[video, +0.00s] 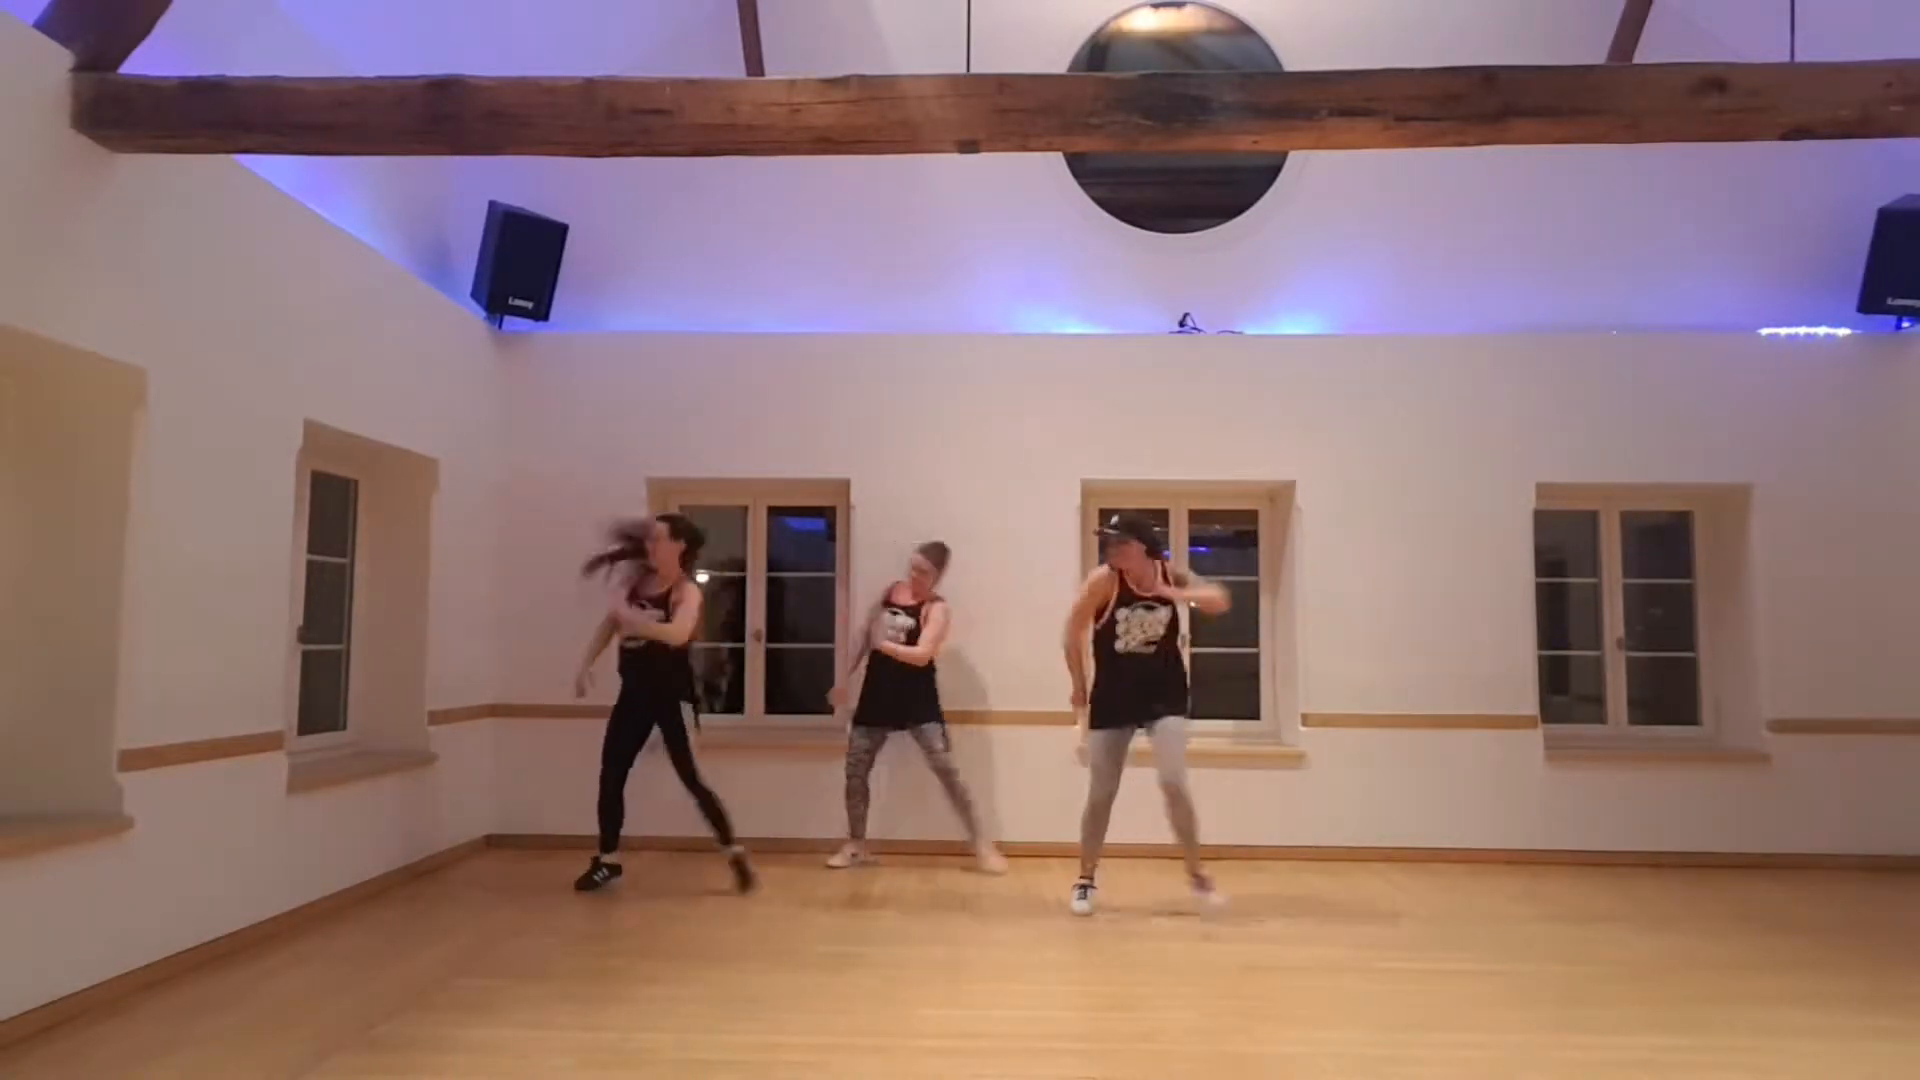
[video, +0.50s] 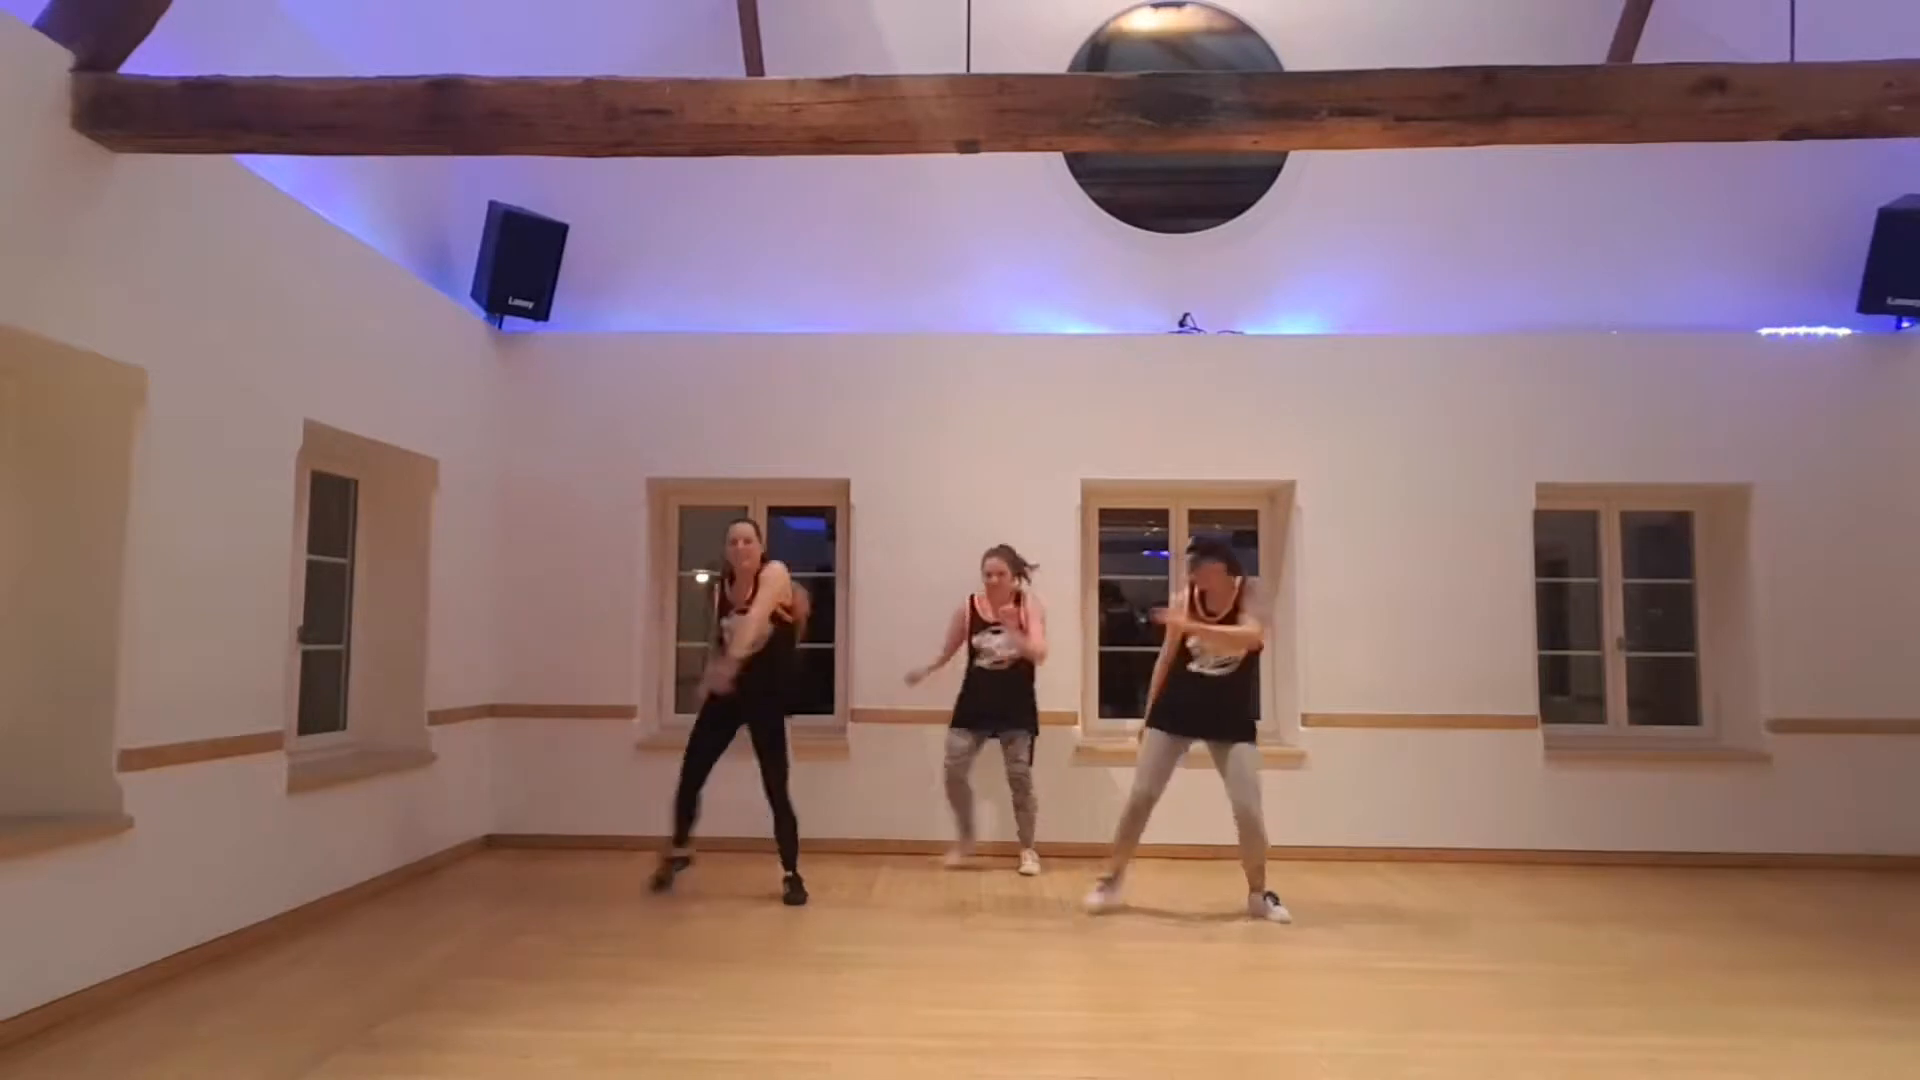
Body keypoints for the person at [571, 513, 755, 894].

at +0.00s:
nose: (651, 545)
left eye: (659, 540)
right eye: (651, 539)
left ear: (681, 548)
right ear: (651, 547)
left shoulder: (688, 593)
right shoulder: (638, 584)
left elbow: (678, 635)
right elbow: (613, 624)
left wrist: (632, 620)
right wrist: (587, 665)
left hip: (669, 695)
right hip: (635, 693)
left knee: (690, 776)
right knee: (612, 775)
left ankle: (734, 852)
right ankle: (608, 859)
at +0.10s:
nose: (667, 563)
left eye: (675, 556)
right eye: (665, 556)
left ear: (697, 562)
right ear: (663, 559)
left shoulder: (702, 612)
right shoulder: (659, 592)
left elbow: (653, 634)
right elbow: (634, 641)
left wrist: (607, 620)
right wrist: (604, 681)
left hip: (679, 709)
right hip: (649, 705)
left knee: (716, 788)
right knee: (609, 785)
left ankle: (771, 863)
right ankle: (610, 864)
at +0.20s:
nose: (685, 582)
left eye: (693, 576)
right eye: (685, 576)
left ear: (716, 583)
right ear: (686, 584)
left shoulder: (721, 631)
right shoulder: (687, 618)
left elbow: (668, 634)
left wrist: (616, 627)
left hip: (700, 735)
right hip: (667, 731)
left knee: (735, 810)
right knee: (615, 799)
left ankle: (787, 876)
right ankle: (612, 867)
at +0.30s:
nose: (707, 583)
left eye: (714, 576)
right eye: (706, 577)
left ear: (739, 578)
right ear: (706, 583)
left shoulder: (751, 623)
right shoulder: (697, 624)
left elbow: (703, 636)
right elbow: (676, 680)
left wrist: (646, 625)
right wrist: (662, 723)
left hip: (730, 735)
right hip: (690, 732)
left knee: (754, 811)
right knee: (641, 799)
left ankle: (789, 877)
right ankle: (613, 864)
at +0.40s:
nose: (729, 564)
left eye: (736, 557)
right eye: (724, 560)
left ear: (754, 562)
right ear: (720, 568)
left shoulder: (770, 596)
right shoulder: (715, 604)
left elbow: (731, 626)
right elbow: (716, 662)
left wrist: (676, 634)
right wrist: (704, 707)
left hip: (752, 716)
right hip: (712, 714)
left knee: (769, 803)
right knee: (667, 788)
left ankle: (791, 876)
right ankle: (629, 859)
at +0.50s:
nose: (741, 547)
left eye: (748, 541)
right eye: (735, 542)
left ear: (761, 547)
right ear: (726, 551)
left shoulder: (774, 574)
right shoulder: (723, 586)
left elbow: (752, 628)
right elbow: (726, 636)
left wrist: (727, 663)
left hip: (765, 695)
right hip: (727, 692)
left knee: (776, 789)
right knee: (691, 774)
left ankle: (791, 874)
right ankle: (679, 850)